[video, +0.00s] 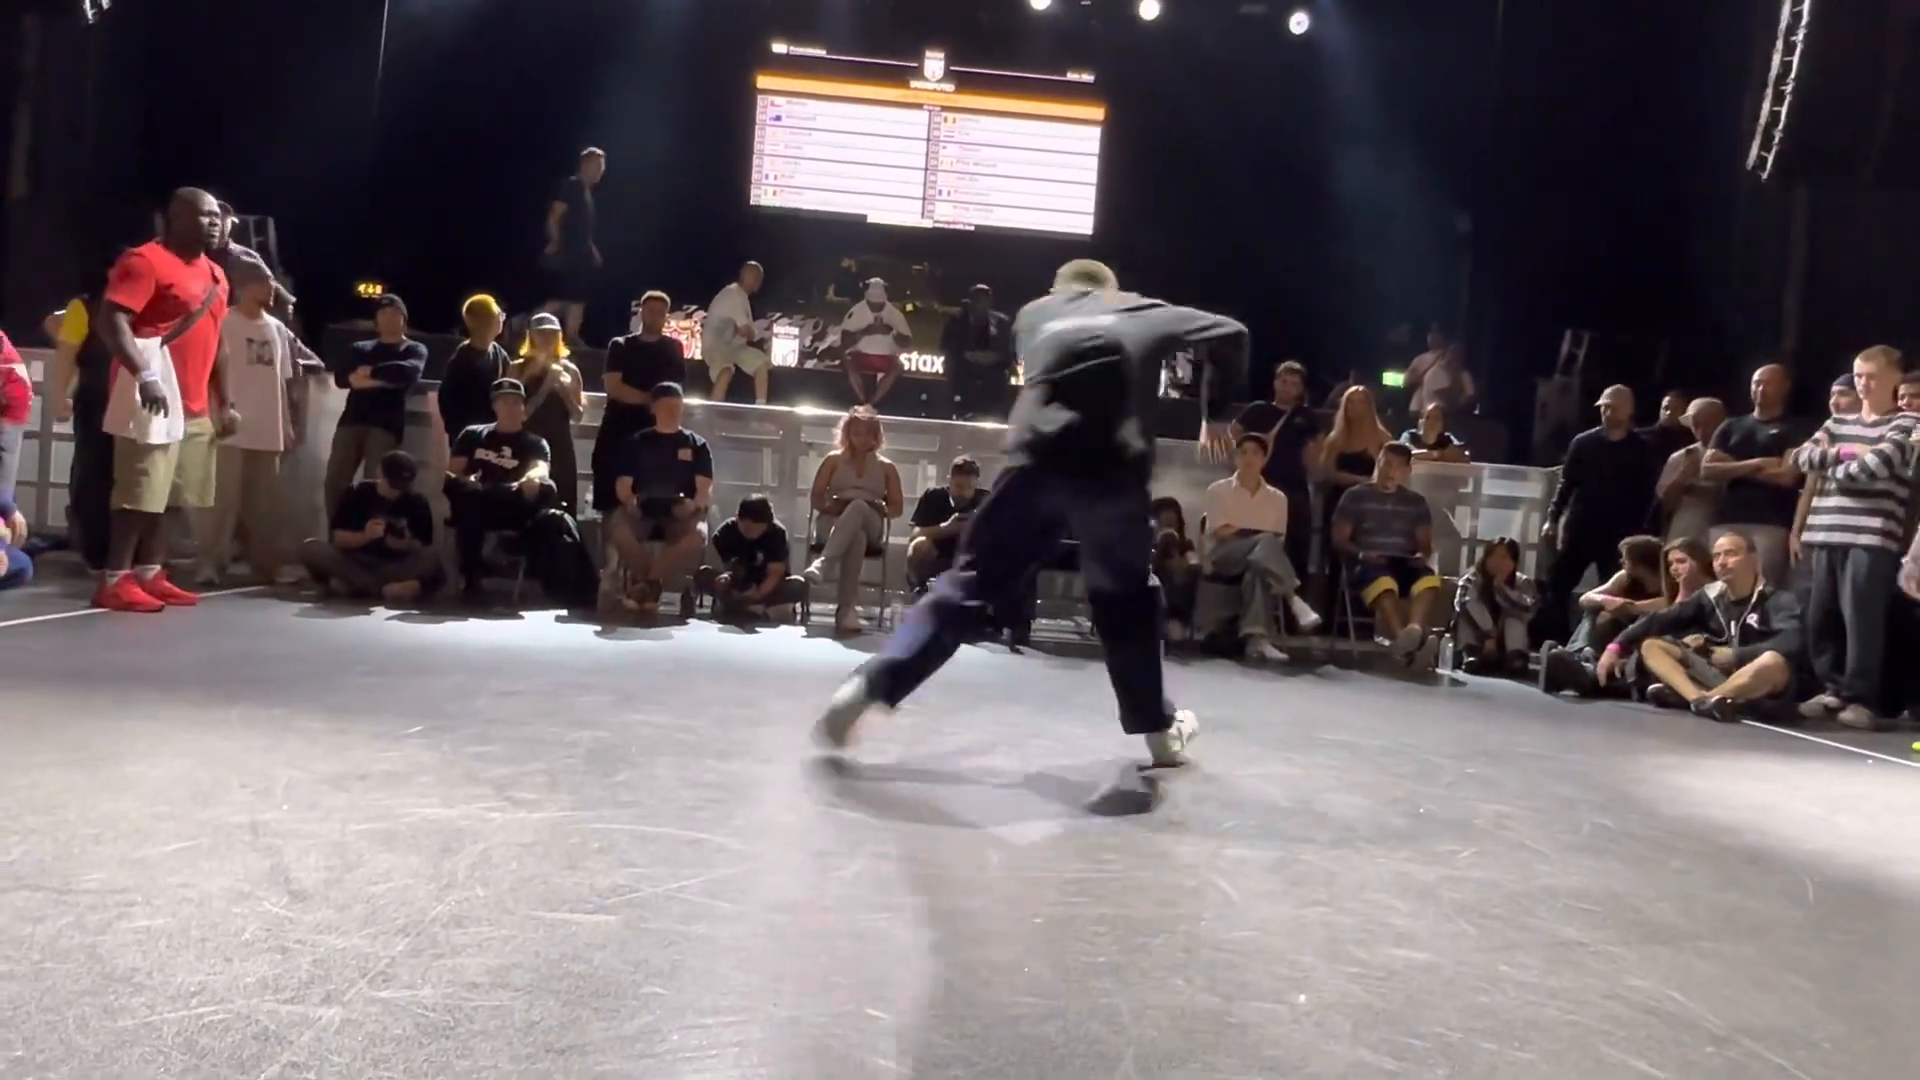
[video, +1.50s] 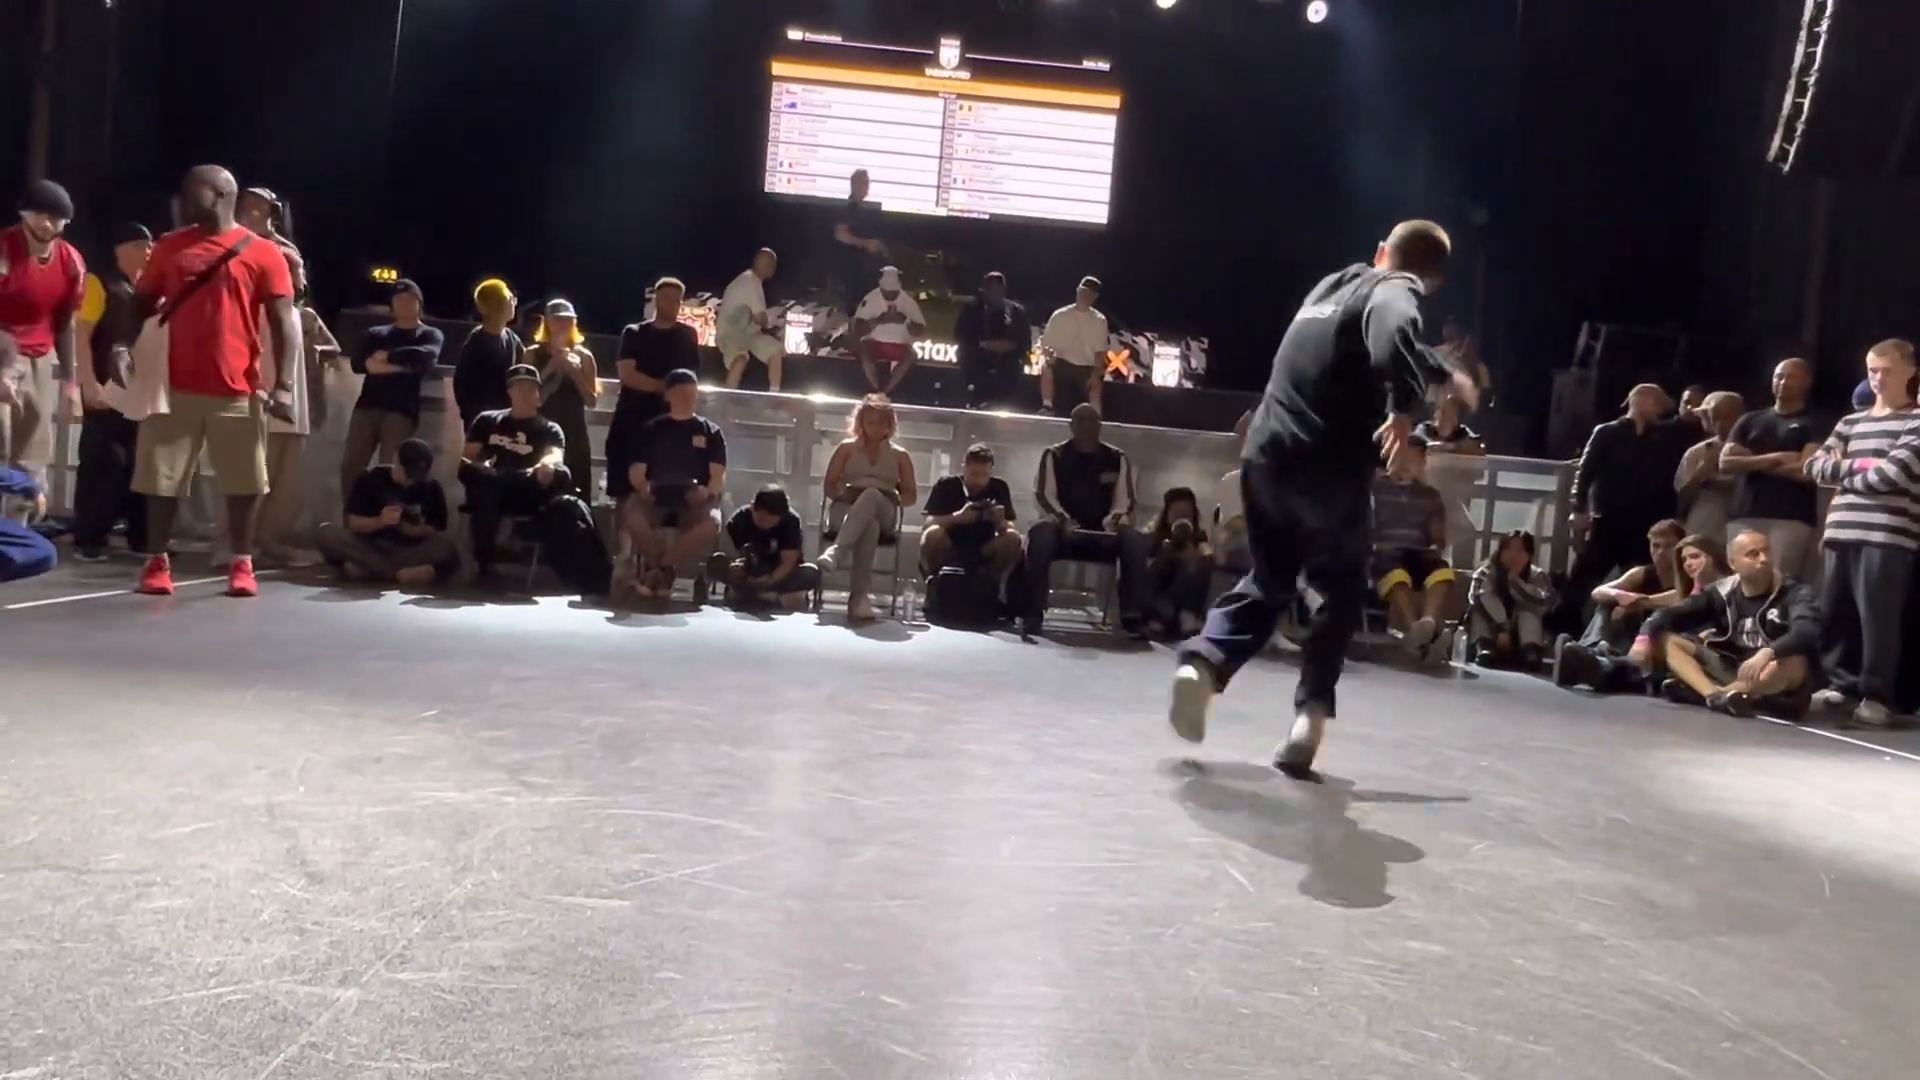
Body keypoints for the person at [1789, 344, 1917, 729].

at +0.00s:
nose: (1861, 383)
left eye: (1870, 377)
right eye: (1858, 376)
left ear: (1894, 380)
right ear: (1854, 380)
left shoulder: (1905, 423)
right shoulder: (1839, 422)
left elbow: (1876, 467)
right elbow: (1798, 458)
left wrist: (1831, 466)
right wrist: (1846, 453)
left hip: (1870, 534)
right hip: (1824, 532)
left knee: (1861, 618)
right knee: (1820, 615)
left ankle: (1863, 699)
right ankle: (1832, 689)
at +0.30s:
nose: (1869, 381)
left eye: (1878, 374)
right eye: (1866, 373)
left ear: (1904, 378)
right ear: (1862, 377)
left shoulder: (1912, 421)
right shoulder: (1848, 419)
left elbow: (1882, 470)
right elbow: (1811, 457)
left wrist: (1841, 468)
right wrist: (1853, 458)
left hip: (1881, 536)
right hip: (1833, 532)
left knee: (1868, 616)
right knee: (1828, 609)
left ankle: (1866, 697)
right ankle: (1836, 687)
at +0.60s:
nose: (1874, 382)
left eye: (1883, 375)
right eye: (1871, 374)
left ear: (1913, 382)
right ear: (1869, 377)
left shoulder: (1916, 424)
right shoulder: (1857, 416)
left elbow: (1893, 474)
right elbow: (1821, 456)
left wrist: (1849, 466)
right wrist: (1862, 463)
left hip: (1891, 542)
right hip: (1843, 535)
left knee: (1878, 622)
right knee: (1834, 611)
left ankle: (1871, 698)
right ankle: (1839, 687)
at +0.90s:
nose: (1878, 381)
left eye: (1887, 373)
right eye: (1875, 373)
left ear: (1915, 379)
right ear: (1871, 376)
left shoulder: (1917, 424)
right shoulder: (1859, 416)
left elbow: (1898, 477)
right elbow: (1828, 461)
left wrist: (1850, 469)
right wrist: (1871, 468)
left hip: (1895, 541)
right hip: (1849, 536)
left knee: (1882, 624)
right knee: (1835, 611)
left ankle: (1876, 699)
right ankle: (1837, 687)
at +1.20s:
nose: (1878, 379)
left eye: (1887, 372)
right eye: (1875, 372)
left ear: (1914, 377)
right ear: (1870, 374)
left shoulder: (1916, 425)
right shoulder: (1853, 420)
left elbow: (1890, 479)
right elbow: (1815, 465)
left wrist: (1841, 472)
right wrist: (1860, 471)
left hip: (1891, 540)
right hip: (1843, 536)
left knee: (1879, 620)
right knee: (1836, 614)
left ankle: (1876, 697)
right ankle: (1840, 686)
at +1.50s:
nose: (1875, 379)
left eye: (1884, 372)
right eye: (1871, 372)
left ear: (1909, 373)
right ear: (1867, 374)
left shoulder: (1915, 422)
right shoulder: (1849, 422)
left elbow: (1891, 475)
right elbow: (1815, 466)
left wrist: (1840, 470)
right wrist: (1867, 468)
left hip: (1888, 534)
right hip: (1841, 532)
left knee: (1878, 618)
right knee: (1835, 613)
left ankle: (1876, 697)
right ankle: (1841, 685)